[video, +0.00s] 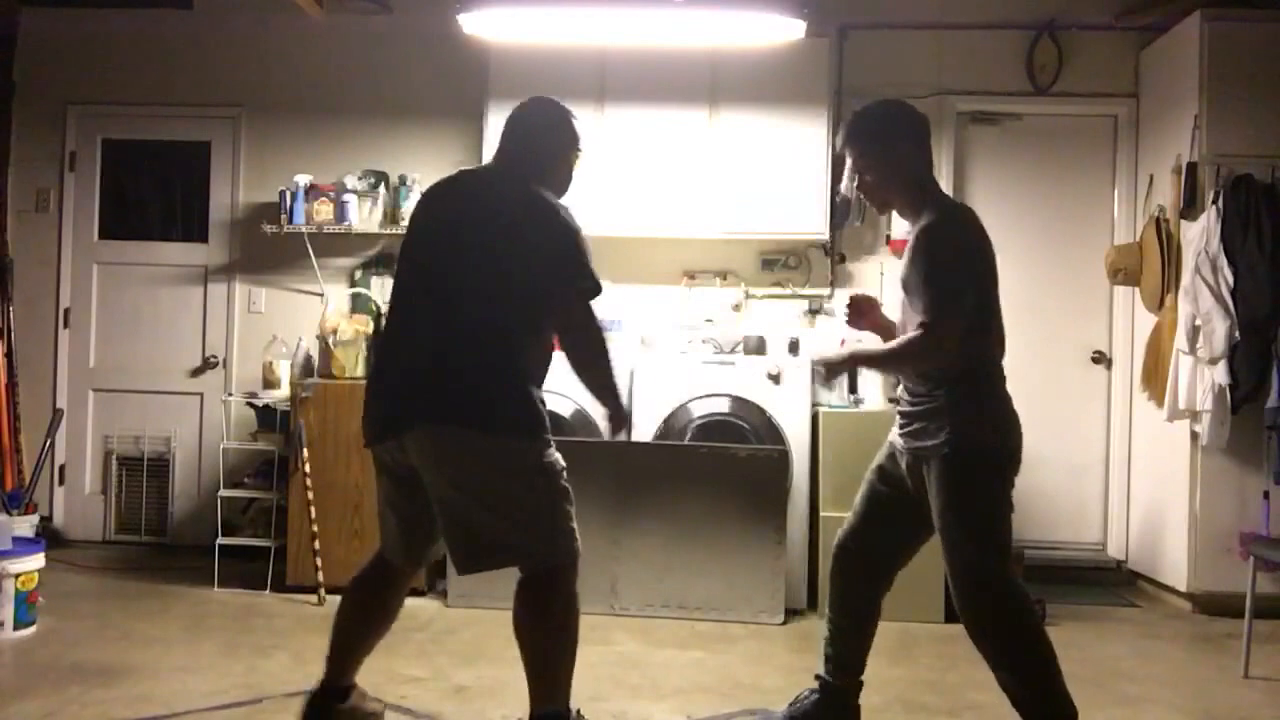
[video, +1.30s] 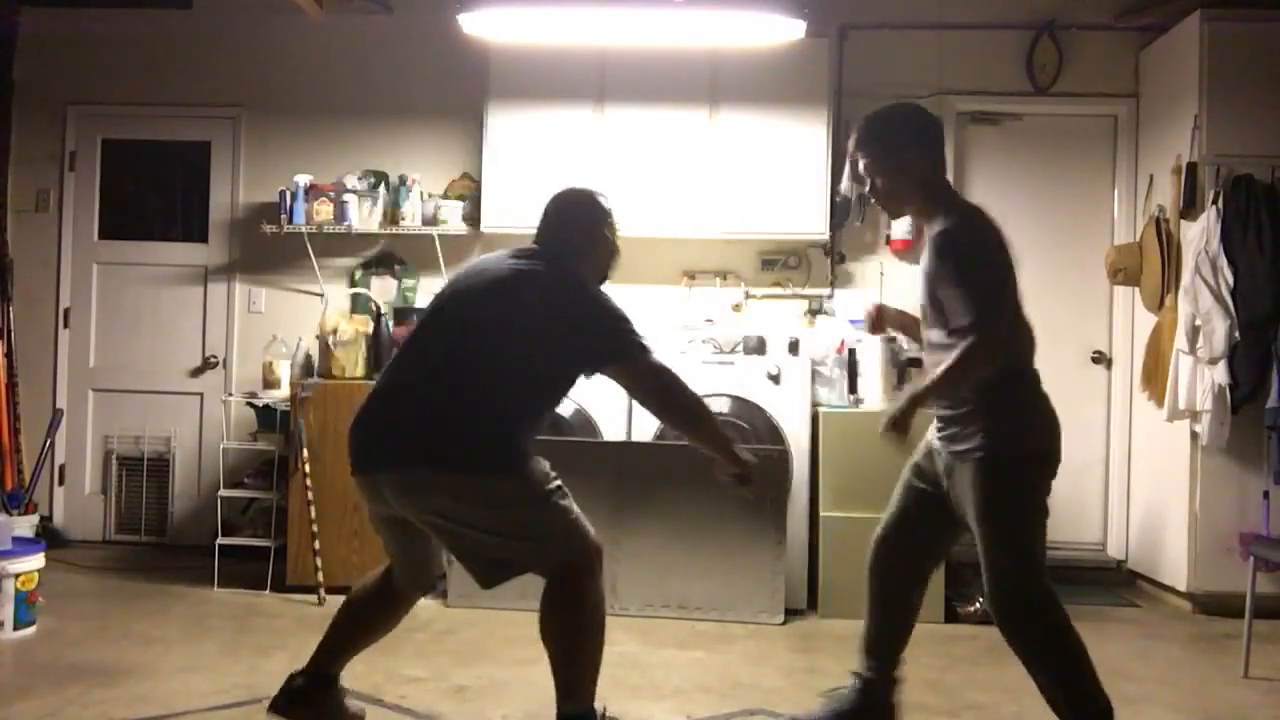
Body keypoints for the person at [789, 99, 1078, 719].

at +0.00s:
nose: (852, 184)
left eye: (858, 166)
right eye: (848, 169)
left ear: (899, 157)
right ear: (901, 162)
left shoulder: (948, 231)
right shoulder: (929, 233)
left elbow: (940, 346)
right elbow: (951, 337)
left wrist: (853, 360)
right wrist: (885, 323)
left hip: (964, 438)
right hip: (916, 435)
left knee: (986, 600)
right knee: (856, 561)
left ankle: (1057, 717)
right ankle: (837, 696)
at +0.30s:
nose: (861, 173)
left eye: (867, 156)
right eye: (858, 160)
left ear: (914, 149)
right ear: (898, 158)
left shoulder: (979, 227)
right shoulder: (897, 236)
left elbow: (943, 331)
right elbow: (862, 337)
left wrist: (874, 261)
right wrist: (835, 271)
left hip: (969, 439)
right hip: (900, 433)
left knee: (999, 603)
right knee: (847, 572)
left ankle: (1057, 716)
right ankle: (847, 699)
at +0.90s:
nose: (842, 184)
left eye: (847, 167)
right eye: (837, 171)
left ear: (889, 157)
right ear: (883, 164)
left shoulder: (933, 228)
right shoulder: (893, 239)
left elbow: (866, 313)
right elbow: (865, 340)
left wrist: (813, 253)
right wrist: (825, 278)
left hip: (946, 438)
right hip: (889, 432)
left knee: (983, 594)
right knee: (832, 564)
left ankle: (1052, 713)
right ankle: (843, 698)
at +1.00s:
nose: (843, 180)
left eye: (849, 164)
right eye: (839, 166)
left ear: (890, 153)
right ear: (888, 160)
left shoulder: (910, 223)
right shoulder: (903, 221)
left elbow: (806, 291)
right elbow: (890, 321)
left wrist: (750, 295)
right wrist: (842, 281)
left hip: (957, 431)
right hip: (906, 429)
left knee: (993, 588)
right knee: (858, 565)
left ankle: (1059, 712)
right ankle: (846, 698)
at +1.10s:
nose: (849, 183)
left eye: (856, 165)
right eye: (845, 168)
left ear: (900, 157)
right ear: (907, 160)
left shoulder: (897, 242)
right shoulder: (966, 231)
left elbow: (828, 324)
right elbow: (965, 327)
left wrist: (780, 378)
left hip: (968, 437)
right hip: (927, 433)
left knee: (1001, 592)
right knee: (877, 568)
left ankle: (1084, 713)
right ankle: (847, 695)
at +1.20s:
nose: (853, 188)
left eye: (861, 172)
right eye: (851, 173)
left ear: (903, 168)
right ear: (917, 168)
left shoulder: (907, 249)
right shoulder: (977, 233)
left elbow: (896, 359)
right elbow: (999, 341)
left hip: (983, 439)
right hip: (950, 439)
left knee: (1012, 595)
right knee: (896, 568)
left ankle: (1094, 714)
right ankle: (850, 693)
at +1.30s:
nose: (867, 189)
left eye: (873, 172)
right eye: (862, 175)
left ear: (915, 162)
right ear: (910, 168)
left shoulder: (962, 233)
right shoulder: (939, 235)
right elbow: (963, 338)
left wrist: (918, 395)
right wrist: (897, 322)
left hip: (1000, 441)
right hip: (951, 437)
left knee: (1016, 600)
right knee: (893, 560)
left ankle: (1092, 717)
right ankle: (872, 691)